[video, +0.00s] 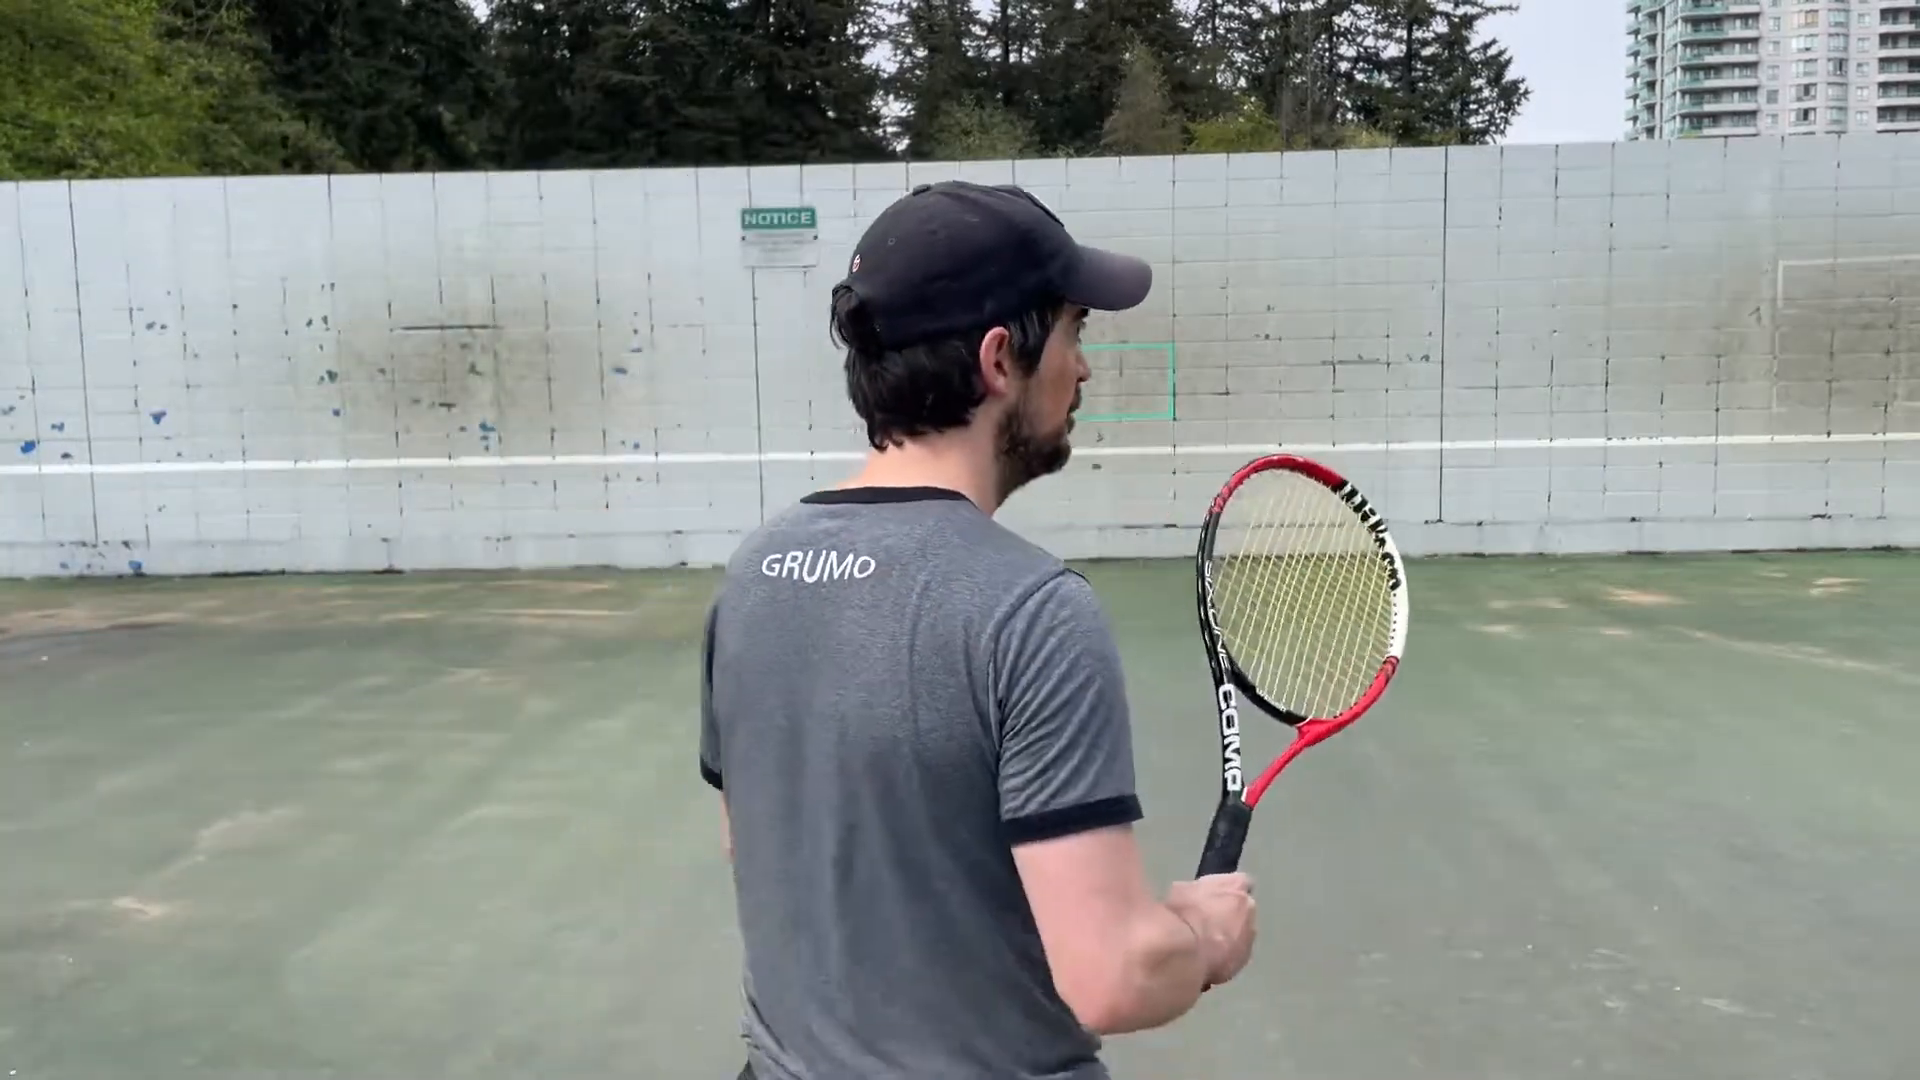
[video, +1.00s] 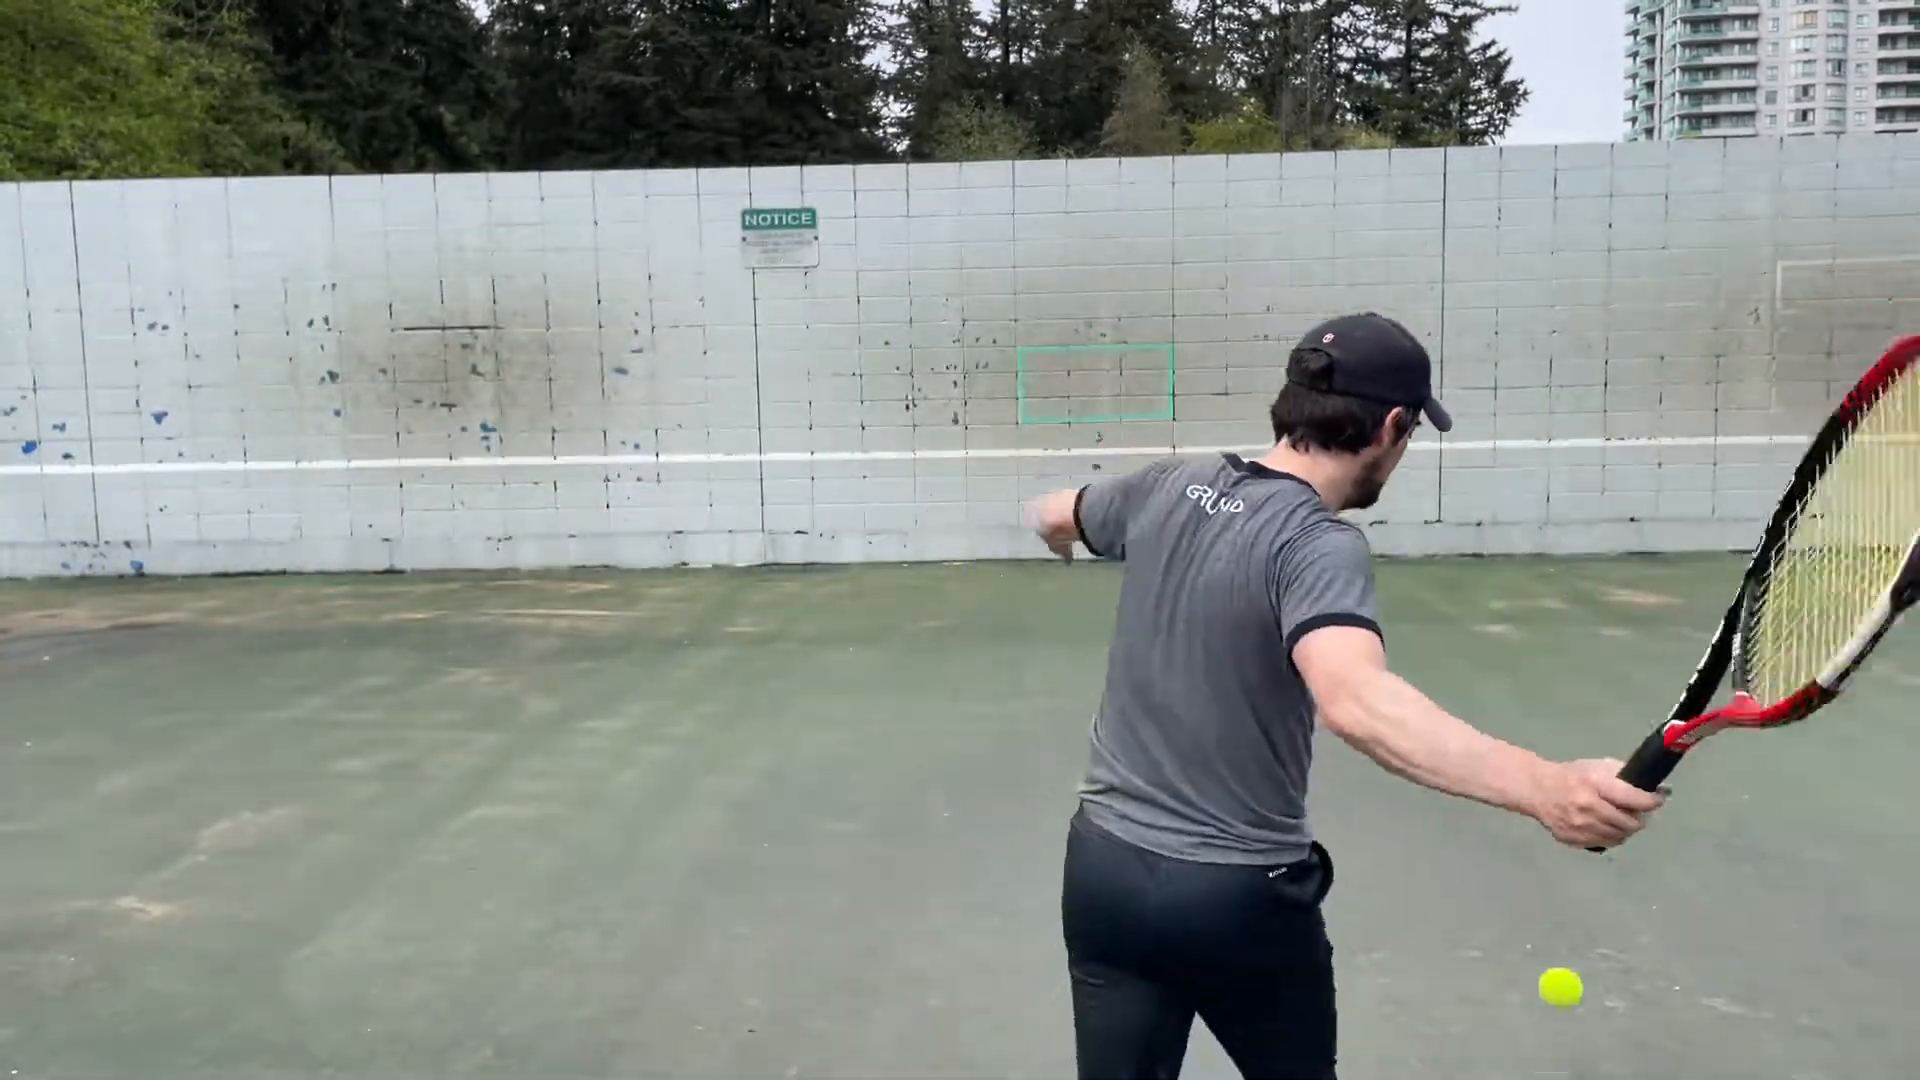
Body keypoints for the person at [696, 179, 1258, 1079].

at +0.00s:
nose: (1084, 368)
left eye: (1080, 334)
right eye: (1070, 335)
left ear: (888, 359)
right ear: (999, 359)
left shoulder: (760, 566)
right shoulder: (1027, 605)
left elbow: (754, 852)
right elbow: (1109, 982)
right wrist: (1203, 935)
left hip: (787, 1060)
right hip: (1005, 1065)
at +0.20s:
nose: (1149, 378)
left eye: (1154, 350)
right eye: (1147, 351)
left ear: (975, 358)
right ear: (1095, 365)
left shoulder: (865, 536)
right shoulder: (1087, 590)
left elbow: (925, 764)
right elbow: (1174, 919)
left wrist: (1129, 745)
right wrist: (1270, 883)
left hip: (862, 1044)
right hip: (1063, 1062)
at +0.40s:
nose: (1231, 409)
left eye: (1238, 385)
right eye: (1235, 386)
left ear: (1075, 380)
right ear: (1206, 397)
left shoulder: (965, 537)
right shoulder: (1181, 613)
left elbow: (1060, 607)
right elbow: (1281, 894)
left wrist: (1214, 578)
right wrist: (1397, 856)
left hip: (947, 1023)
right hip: (1119, 1046)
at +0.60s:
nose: (1287, 389)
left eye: (1294, 367)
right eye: (1292, 366)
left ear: (1149, 352)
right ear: (1265, 371)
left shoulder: (1040, 492)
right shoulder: (1207, 546)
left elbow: (1118, 560)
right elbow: (1315, 804)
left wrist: (1221, 520)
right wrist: (1521, 795)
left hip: (996, 930)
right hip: (1137, 971)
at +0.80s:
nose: (1323, 451)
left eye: (1329, 432)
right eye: (1327, 431)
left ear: (1200, 413)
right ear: (1300, 434)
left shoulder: (1090, 515)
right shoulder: (1217, 573)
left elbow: (1154, 492)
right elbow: (1285, 761)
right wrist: (1537, 755)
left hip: (1037, 929)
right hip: (1165, 968)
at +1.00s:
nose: (1403, 450)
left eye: (1412, 433)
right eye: (1410, 430)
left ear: (1292, 404)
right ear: (1387, 428)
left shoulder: (1169, 486)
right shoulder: (1318, 542)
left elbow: (1055, 516)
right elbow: (1354, 699)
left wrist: (1068, 518)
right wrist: (1545, 786)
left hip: (1106, 870)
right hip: (1242, 899)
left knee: (1116, 1070)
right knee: (1295, 1064)